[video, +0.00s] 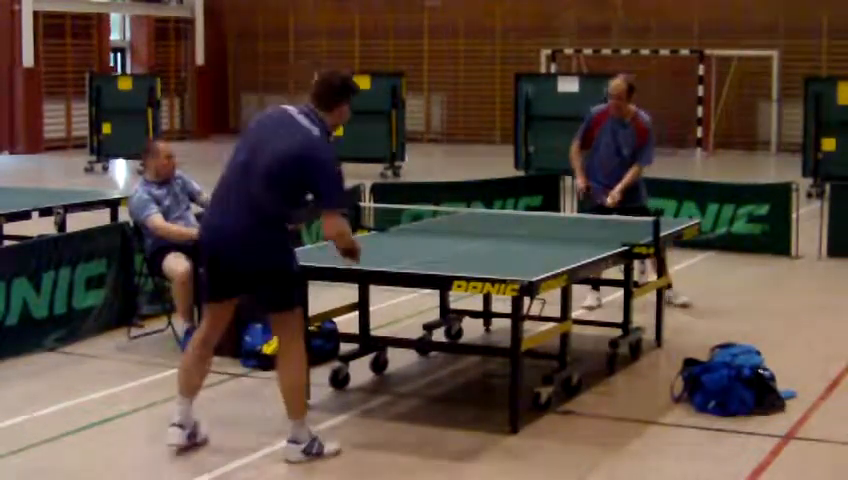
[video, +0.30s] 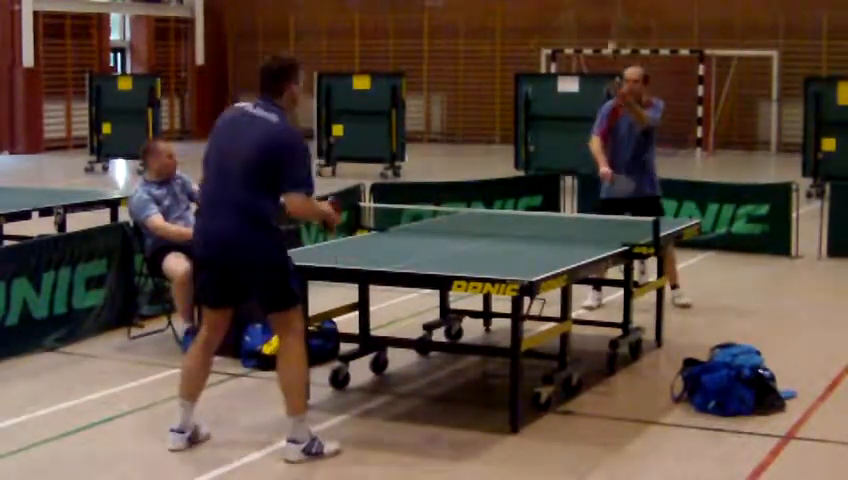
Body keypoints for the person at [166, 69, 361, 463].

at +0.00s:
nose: (347, 117)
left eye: (348, 110)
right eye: (348, 110)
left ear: (313, 97)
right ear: (340, 109)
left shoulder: (273, 116)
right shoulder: (319, 150)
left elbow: (257, 176)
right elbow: (334, 228)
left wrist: (291, 215)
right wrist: (349, 247)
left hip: (216, 234)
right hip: (264, 242)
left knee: (211, 325)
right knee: (290, 334)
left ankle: (182, 421)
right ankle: (300, 436)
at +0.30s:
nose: (301, 94)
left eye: (299, 87)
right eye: (300, 87)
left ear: (262, 86)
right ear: (290, 90)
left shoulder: (229, 119)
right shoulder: (285, 135)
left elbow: (218, 181)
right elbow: (296, 204)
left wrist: (281, 202)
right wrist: (323, 212)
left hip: (210, 238)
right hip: (258, 243)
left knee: (210, 330)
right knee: (290, 332)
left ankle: (183, 425)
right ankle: (299, 435)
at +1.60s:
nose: (324, 109)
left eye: (324, 102)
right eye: (325, 103)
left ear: (288, 98)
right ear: (315, 101)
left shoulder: (251, 135)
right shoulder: (306, 141)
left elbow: (236, 197)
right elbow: (321, 212)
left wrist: (282, 219)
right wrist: (363, 225)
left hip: (239, 251)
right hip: (285, 254)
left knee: (242, 339)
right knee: (343, 334)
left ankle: (211, 435)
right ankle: (350, 441)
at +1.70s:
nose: (351, 112)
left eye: (351, 104)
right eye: (350, 104)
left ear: (314, 99)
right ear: (339, 104)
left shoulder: (281, 132)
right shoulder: (314, 144)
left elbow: (290, 197)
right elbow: (310, 214)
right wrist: (357, 252)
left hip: (248, 257)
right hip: (289, 262)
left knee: (252, 342)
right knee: (360, 329)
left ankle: (212, 433)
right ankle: (378, 440)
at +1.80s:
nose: (381, 134)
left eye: (382, 127)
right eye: (380, 126)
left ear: (351, 118)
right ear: (364, 123)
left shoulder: (319, 141)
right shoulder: (332, 159)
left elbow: (351, 204)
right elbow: (297, 222)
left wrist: (400, 208)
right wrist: (332, 277)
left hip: (261, 264)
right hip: (290, 272)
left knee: (266, 347)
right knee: (373, 335)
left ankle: (215, 432)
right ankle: (411, 439)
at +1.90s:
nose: (417, 158)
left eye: (419, 150)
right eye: (417, 150)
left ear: (389, 139)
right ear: (402, 145)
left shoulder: (358, 155)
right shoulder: (355, 175)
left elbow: (391, 189)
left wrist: (438, 200)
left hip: (284, 267)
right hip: (321, 269)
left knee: (271, 353)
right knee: (401, 336)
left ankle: (215, 435)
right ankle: (421, 444)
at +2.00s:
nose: (444, 171)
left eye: (449, 164)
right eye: (447, 163)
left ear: (419, 142)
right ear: (436, 155)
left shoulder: (371, 147)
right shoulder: (397, 194)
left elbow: (396, 179)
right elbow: (386, 268)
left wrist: (423, 190)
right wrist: (429, 282)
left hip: (303, 260)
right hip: (349, 274)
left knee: (282, 340)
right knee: (420, 332)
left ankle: (219, 429)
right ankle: (420, 444)